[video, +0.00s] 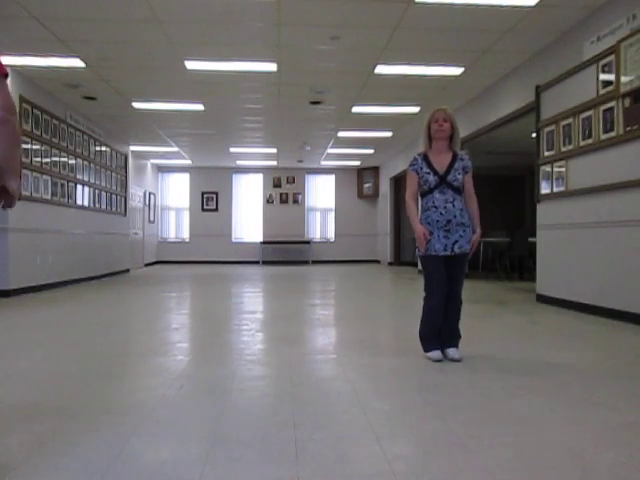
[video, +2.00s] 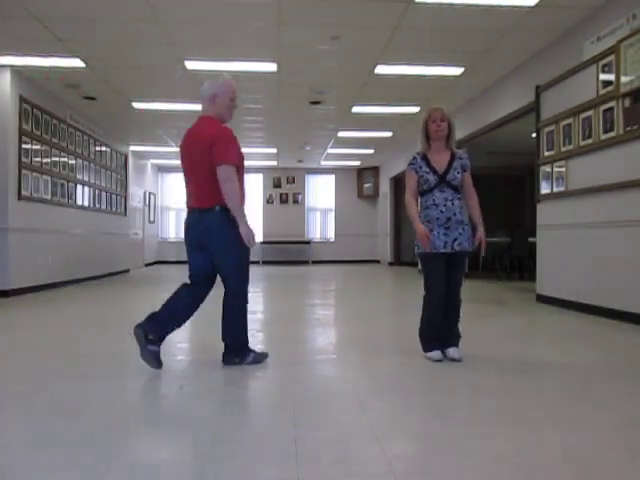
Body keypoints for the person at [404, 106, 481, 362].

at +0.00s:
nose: (441, 125)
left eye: (445, 121)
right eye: (436, 121)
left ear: (452, 127)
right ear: (429, 128)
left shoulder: (462, 160)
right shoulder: (419, 161)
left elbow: (470, 196)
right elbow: (410, 198)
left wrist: (477, 228)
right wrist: (417, 226)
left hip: (460, 232)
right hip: (432, 232)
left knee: (454, 292)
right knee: (435, 291)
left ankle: (451, 343)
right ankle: (432, 344)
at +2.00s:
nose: (438, 125)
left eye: (442, 121)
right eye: (433, 122)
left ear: (449, 126)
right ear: (426, 127)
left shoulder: (461, 159)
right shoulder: (418, 161)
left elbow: (470, 193)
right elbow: (410, 197)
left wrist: (479, 226)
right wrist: (418, 225)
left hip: (458, 231)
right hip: (431, 231)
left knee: (453, 290)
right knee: (435, 289)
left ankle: (451, 342)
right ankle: (431, 344)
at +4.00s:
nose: (447, 127)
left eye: (451, 123)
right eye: (442, 122)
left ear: (455, 127)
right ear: (433, 126)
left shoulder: (463, 157)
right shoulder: (419, 158)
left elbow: (472, 190)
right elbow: (409, 195)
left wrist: (479, 223)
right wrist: (416, 221)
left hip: (458, 231)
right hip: (430, 231)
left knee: (453, 290)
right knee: (433, 289)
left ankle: (451, 343)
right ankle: (431, 344)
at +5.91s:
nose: (446, 123)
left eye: (450, 120)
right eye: (442, 119)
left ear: (455, 126)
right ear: (432, 125)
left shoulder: (463, 159)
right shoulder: (420, 159)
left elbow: (470, 193)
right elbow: (411, 195)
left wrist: (477, 225)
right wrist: (421, 223)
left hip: (460, 229)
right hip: (433, 230)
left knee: (454, 289)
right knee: (436, 288)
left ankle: (451, 342)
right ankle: (432, 343)